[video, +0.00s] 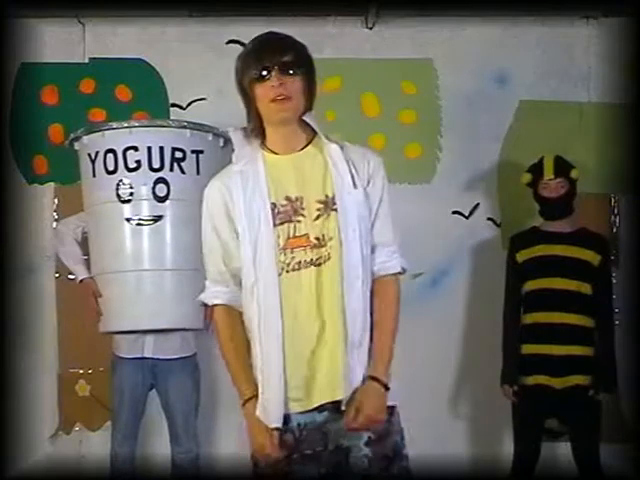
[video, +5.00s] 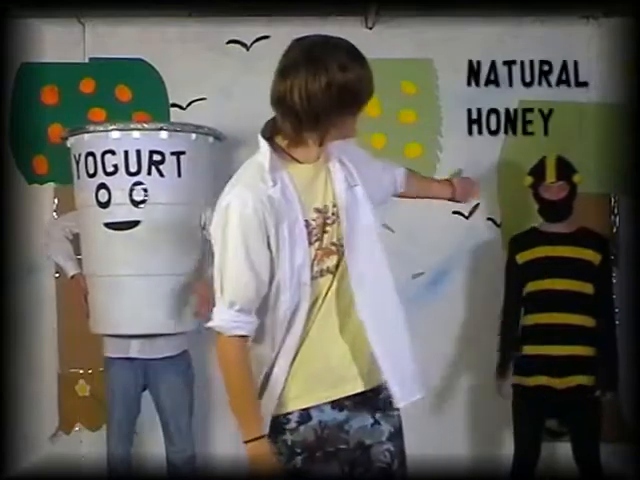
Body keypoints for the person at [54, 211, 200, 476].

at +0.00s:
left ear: (170, 190)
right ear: (129, 191)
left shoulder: (186, 221)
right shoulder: (115, 215)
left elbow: (216, 248)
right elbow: (65, 228)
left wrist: (211, 294)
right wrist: (84, 277)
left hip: (179, 349)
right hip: (129, 351)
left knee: (186, 446)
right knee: (122, 447)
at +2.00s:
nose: (143, 193)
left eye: (153, 187)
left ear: (165, 184)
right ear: (124, 187)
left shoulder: (188, 211)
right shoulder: (106, 215)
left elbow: (241, 235)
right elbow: (54, 234)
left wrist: (216, 284)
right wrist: (78, 277)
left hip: (174, 348)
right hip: (122, 350)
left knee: (183, 449)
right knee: (119, 451)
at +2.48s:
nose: (142, 193)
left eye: (151, 187)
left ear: (163, 184)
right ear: (123, 187)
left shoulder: (187, 211)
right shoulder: (106, 216)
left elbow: (239, 235)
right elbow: (53, 233)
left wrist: (220, 288)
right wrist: (76, 277)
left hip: (172, 349)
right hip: (122, 351)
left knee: (182, 449)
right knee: (119, 451)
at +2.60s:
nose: (141, 192)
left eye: (149, 186)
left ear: (161, 185)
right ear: (121, 190)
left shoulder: (181, 212)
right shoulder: (104, 216)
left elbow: (235, 239)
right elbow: (53, 232)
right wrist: (76, 275)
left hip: (173, 349)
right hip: (122, 351)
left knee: (184, 449)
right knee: (118, 450)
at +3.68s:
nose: (135, 189)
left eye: (144, 181)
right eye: (128, 181)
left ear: (157, 181)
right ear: (116, 183)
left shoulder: (176, 208)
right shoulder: (104, 212)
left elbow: (229, 216)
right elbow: (53, 229)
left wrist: (236, 173)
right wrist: (75, 274)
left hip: (172, 340)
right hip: (123, 344)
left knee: (183, 441)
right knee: (121, 441)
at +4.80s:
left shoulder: (179, 218)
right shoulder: (106, 214)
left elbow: (236, 235)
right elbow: (54, 228)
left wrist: (209, 215)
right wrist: (75, 273)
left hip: (172, 337)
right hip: (121, 340)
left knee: (179, 432)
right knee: (120, 429)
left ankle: (183, 477)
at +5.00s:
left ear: (165, 189)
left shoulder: (182, 220)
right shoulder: (106, 217)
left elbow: (216, 247)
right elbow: (56, 227)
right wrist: (75, 273)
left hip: (171, 349)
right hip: (120, 351)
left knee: (182, 448)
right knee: (118, 451)